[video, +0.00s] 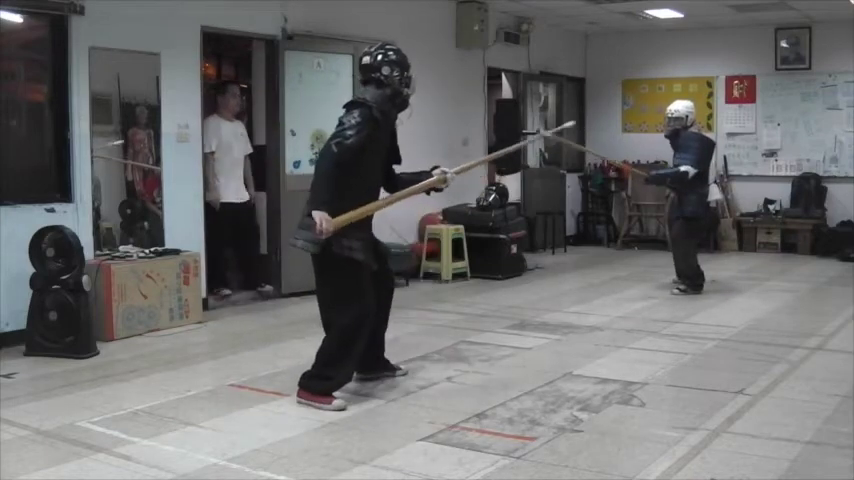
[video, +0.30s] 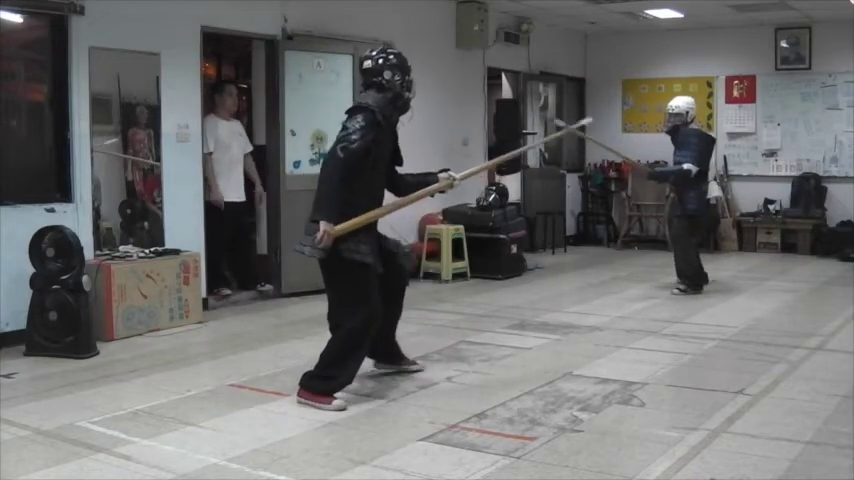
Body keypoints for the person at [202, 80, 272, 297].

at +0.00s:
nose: (239, 100)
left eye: (239, 96)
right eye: (234, 96)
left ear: (238, 101)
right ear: (221, 99)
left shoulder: (239, 126)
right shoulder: (211, 123)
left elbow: (246, 160)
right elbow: (207, 158)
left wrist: (251, 189)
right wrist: (211, 189)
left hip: (241, 195)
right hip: (219, 196)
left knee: (250, 240)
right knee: (218, 244)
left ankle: (255, 281)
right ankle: (219, 285)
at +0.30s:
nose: (235, 100)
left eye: (236, 96)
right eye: (231, 96)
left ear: (237, 100)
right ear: (218, 98)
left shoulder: (237, 125)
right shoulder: (209, 123)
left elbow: (247, 157)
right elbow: (206, 158)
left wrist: (257, 183)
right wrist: (213, 188)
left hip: (239, 196)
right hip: (218, 197)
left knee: (243, 242)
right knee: (218, 244)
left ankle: (250, 281)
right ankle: (217, 285)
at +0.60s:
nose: (232, 100)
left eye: (233, 96)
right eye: (227, 96)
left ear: (233, 99)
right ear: (215, 98)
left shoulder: (234, 125)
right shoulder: (206, 123)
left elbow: (245, 155)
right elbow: (207, 158)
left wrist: (256, 178)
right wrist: (222, 187)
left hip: (236, 197)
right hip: (214, 199)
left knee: (242, 241)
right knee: (217, 244)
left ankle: (250, 280)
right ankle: (217, 285)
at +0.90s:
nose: (232, 100)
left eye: (232, 96)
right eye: (227, 96)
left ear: (231, 99)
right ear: (215, 98)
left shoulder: (233, 125)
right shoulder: (206, 123)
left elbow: (243, 157)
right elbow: (206, 159)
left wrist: (252, 183)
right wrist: (213, 188)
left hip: (237, 195)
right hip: (216, 196)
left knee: (241, 241)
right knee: (217, 244)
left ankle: (251, 280)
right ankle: (217, 285)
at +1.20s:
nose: (232, 100)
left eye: (232, 96)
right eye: (227, 95)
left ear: (232, 99)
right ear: (214, 98)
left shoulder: (232, 125)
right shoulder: (206, 123)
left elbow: (242, 157)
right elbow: (205, 159)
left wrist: (252, 183)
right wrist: (214, 188)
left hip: (237, 196)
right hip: (215, 197)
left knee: (241, 242)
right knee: (217, 244)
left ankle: (250, 281)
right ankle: (217, 285)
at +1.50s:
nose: (232, 99)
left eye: (232, 95)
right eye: (227, 95)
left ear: (231, 99)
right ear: (214, 98)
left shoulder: (232, 125)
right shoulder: (206, 123)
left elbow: (243, 156)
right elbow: (207, 158)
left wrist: (252, 183)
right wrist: (222, 187)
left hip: (237, 196)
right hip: (214, 198)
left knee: (241, 241)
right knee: (217, 244)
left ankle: (249, 280)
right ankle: (217, 285)